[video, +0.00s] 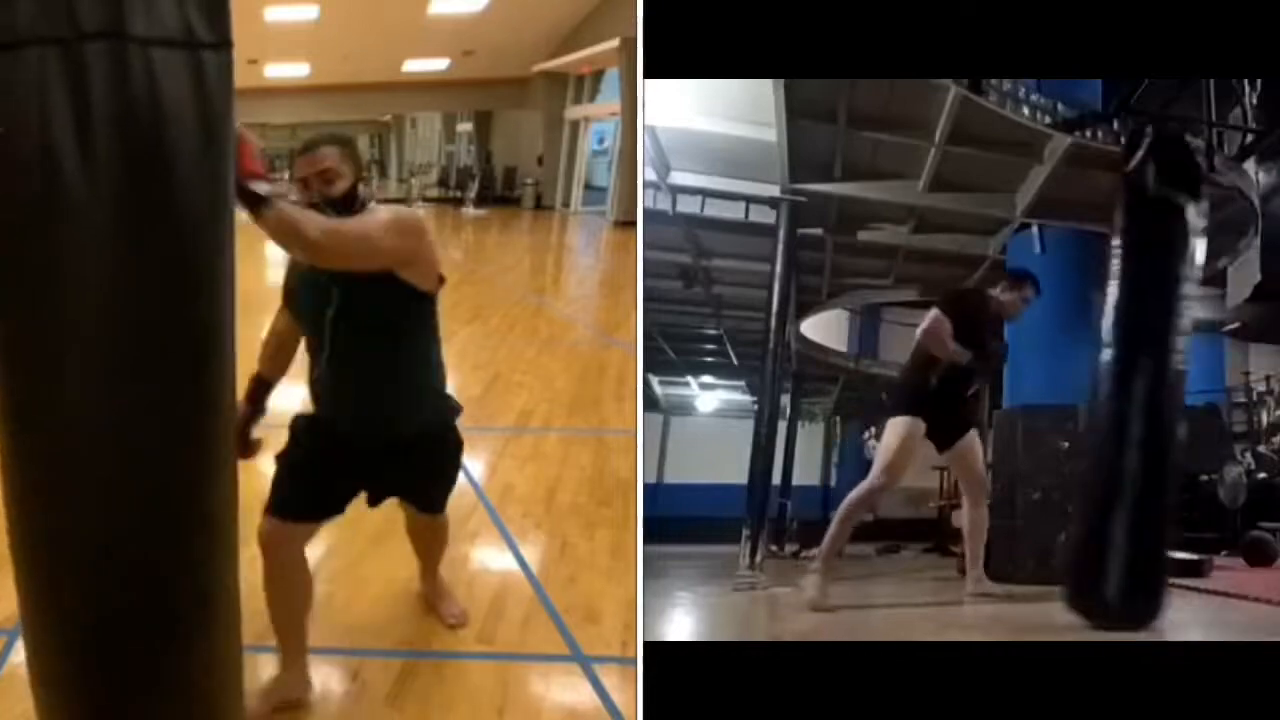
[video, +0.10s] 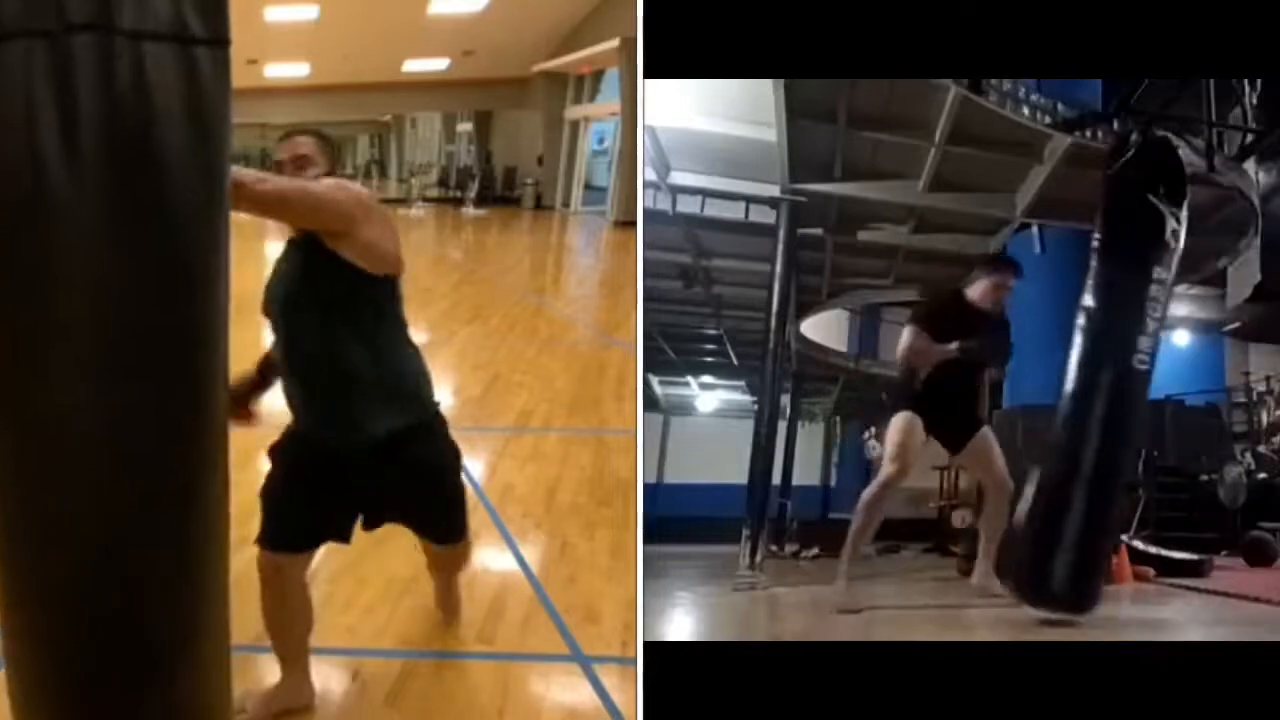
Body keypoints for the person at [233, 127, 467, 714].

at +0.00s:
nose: (318, 194)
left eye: (329, 179)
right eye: (305, 186)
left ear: (360, 179)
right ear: (295, 193)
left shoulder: (406, 230)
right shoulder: (305, 258)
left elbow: (320, 241)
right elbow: (284, 333)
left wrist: (253, 195)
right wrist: (252, 404)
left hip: (416, 424)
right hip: (334, 427)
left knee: (428, 517)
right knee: (280, 535)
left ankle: (432, 585)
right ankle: (293, 675)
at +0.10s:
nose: (291, 178)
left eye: (304, 167)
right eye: (280, 170)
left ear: (333, 173)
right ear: (271, 180)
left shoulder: (361, 217)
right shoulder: (294, 258)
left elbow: (243, 191)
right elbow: (294, 341)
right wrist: (252, 385)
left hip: (402, 429)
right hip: (320, 437)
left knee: (448, 542)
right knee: (279, 560)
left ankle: (446, 586)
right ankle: (295, 684)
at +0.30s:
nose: (256, 181)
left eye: (269, 169)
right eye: (251, 172)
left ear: (303, 175)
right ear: (251, 182)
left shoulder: (302, 214)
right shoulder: (274, 235)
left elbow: (281, 267)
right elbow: (205, 284)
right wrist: (210, 212)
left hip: (344, 381)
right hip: (360, 403)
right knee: (290, 534)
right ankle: (264, 692)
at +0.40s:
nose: (251, 209)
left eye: (262, 198)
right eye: (241, 202)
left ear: (286, 197)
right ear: (231, 207)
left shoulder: (309, 235)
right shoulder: (250, 272)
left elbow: (379, 284)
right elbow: (184, 268)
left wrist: (459, 342)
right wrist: (181, 188)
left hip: (335, 379)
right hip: (363, 433)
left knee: (215, 391)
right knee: (297, 561)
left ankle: (124, 421)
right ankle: (264, 703)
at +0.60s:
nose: (274, 188)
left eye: (289, 175)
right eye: (264, 175)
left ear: (316, 175)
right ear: (254, 178)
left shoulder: (351, 237)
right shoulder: (247, 268)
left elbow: (421, 301)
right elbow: (192, 335)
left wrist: (462, 354)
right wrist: (164, 289)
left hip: (379, 400)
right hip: (308, 429)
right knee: (283, 564)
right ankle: (266, 705)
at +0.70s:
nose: (306, 170)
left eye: (323, 157)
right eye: (297, 156)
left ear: (354, 157)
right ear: (287, 155)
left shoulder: (391, 233)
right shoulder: (269, 245)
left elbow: (449, 324)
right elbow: (227, 328)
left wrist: (401, 302)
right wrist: (189, 316)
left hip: (386, 438)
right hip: (305, 440)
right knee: (290, 570)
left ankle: (464, 710)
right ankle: (267, 706)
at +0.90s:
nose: (361, 184)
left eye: (378, 171)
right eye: (353, 170)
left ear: (418, 169)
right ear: (345, 165)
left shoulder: (464, 253)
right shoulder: (348, 241)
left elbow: (468, 372)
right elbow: (302, 323)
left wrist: (401, 294)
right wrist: (271, 311)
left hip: (434, 459)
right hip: (346, 450)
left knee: (454, 580)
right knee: (305, 561)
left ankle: (470, 699)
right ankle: (283, 695)